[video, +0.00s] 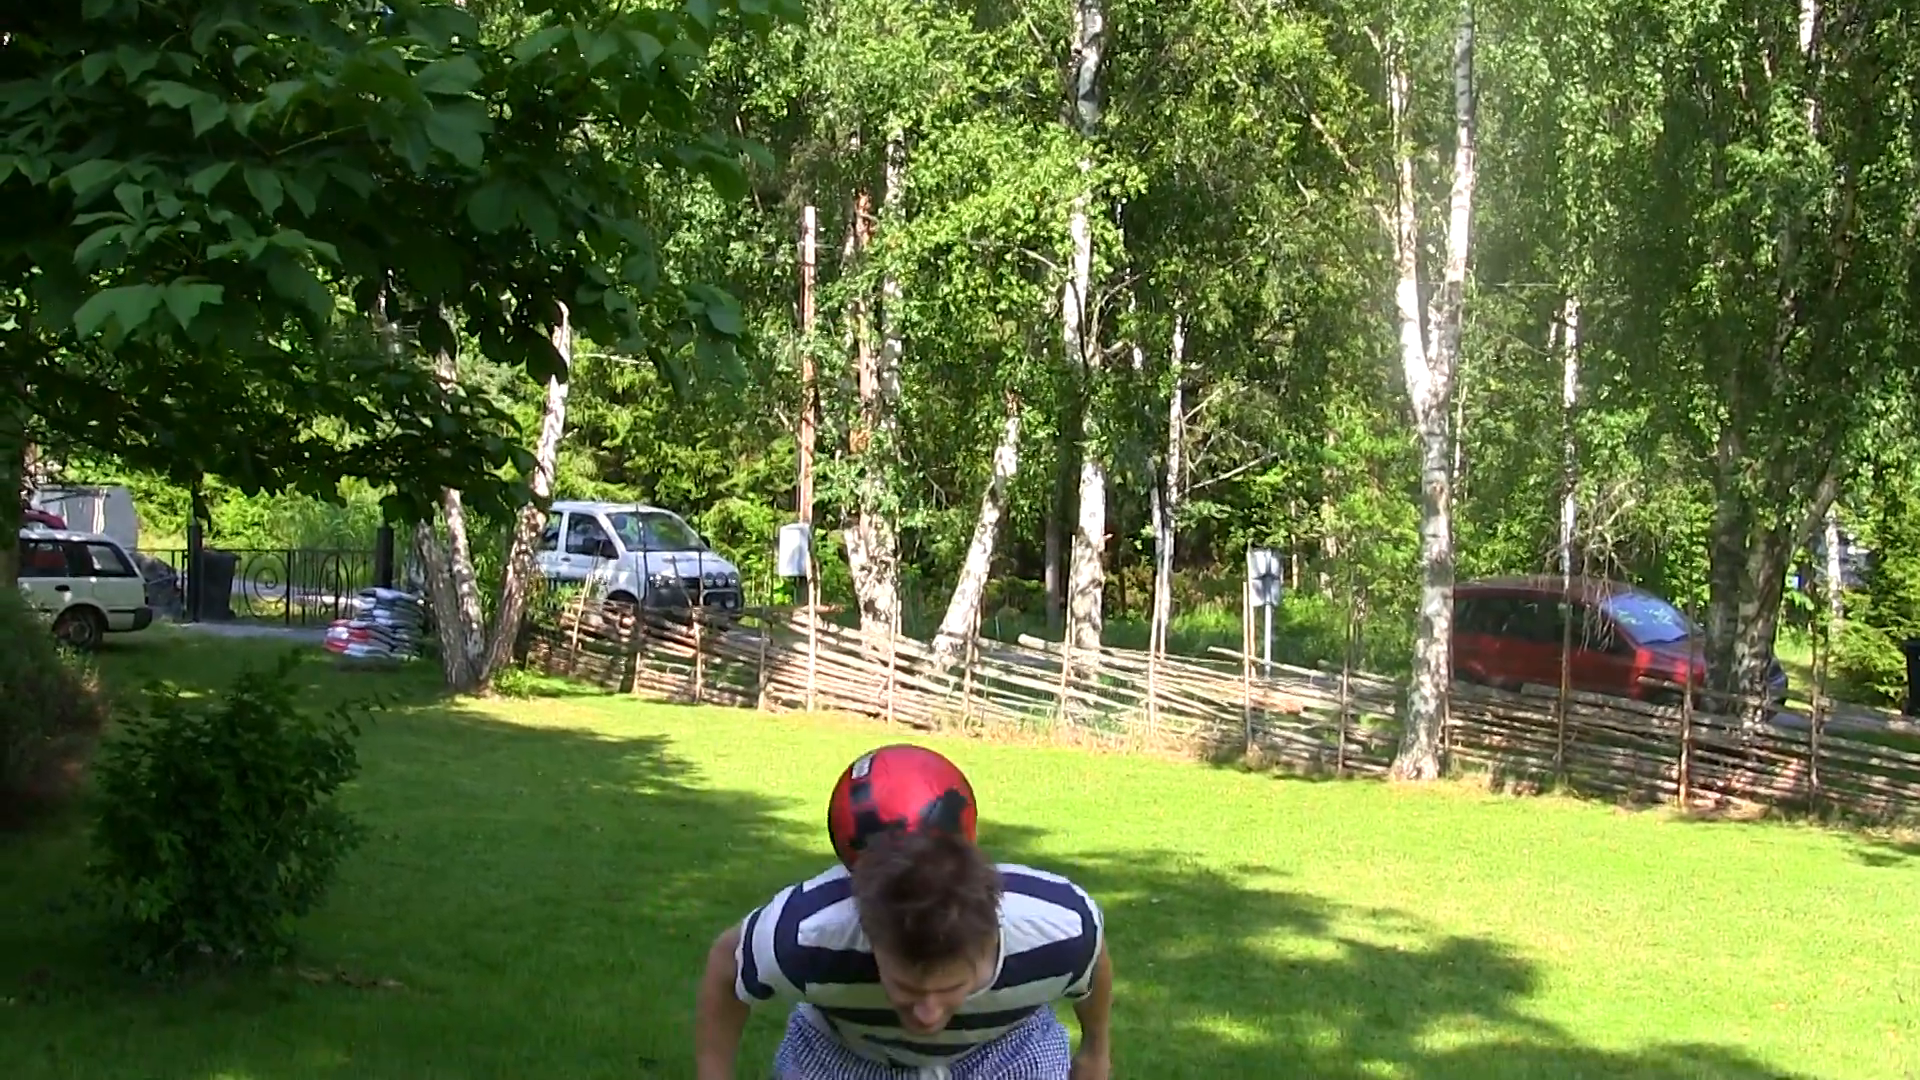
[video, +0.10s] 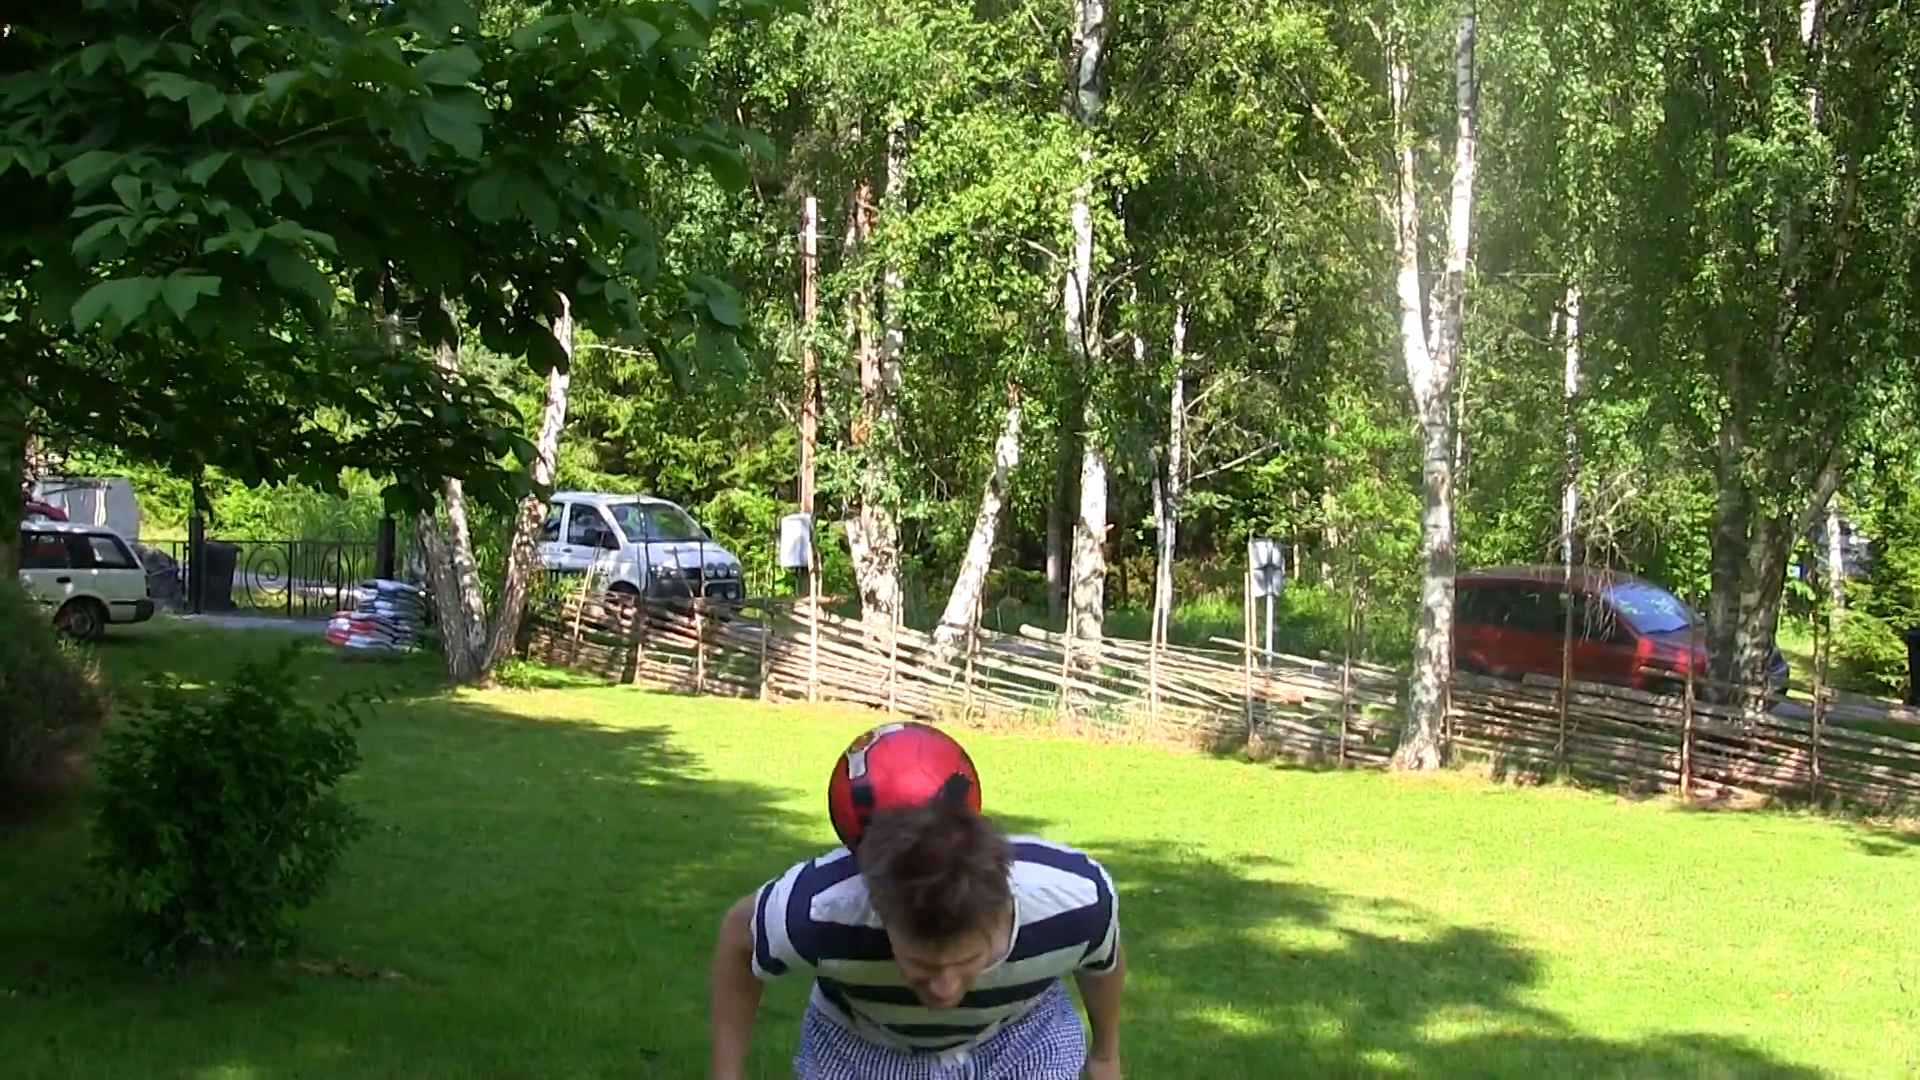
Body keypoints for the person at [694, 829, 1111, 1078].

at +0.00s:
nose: (929, 1012)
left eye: (953, 990)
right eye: (905, 989)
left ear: (993, 941)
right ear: (869, 941)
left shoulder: (1062, 931)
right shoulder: (801, 939)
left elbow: (1094, 961)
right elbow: (727, 961)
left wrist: (1096, 1051)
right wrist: (714, 1072)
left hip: (1004, 1043)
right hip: (844, 1043)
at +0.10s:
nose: (946, 987)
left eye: (969, 963)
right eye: (922, 965)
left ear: (1006, 907)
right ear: (882, 916)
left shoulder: (1082, 902)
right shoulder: (813, 915)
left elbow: (1104, 959)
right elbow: (740, 933)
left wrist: (1107, 1052)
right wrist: (726, 1070)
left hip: (1021, 1028)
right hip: (862, 1033)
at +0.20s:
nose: (950, 959)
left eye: (972, 931)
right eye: (924, 935)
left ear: (1007, 879)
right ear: (884, 891)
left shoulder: (1086, 877)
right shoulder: (817, 891)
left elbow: (1114, 938)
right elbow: (749, 902)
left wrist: (1124, 1047)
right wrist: (734, 1060)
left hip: (1029, 1017)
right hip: (870, 1025)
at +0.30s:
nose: (931, 944)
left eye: (954, 915)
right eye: (906, 919)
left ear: (987, 864)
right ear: (861, 874)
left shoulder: (1078, 873)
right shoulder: (803, 873)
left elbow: (1119, 930)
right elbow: (744, 875)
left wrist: (1140, 1045)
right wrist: (732, 1043)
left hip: (1025, 1017)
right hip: (862, 1018)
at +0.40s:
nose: (889, 948)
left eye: (912, 918)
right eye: (862, 921)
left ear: (946, 868)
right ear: (822, 871)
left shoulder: (1045, 885)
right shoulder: (770, 857)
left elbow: (1112, 943)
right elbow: (708, 842)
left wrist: (1143, 1057)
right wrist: (699, 1020)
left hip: (1009, 1020)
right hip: (843, 1017)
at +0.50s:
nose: (833, 948)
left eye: (859, 918)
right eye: (805, 921)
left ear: (897, 863)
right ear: (769, 869)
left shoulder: (1004, 886)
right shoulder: (723, 851)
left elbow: (1081, 953)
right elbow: (661, 825)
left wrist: (1122, 1069)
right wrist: (641, 1008)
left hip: (977, 1032)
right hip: (806, 1027)